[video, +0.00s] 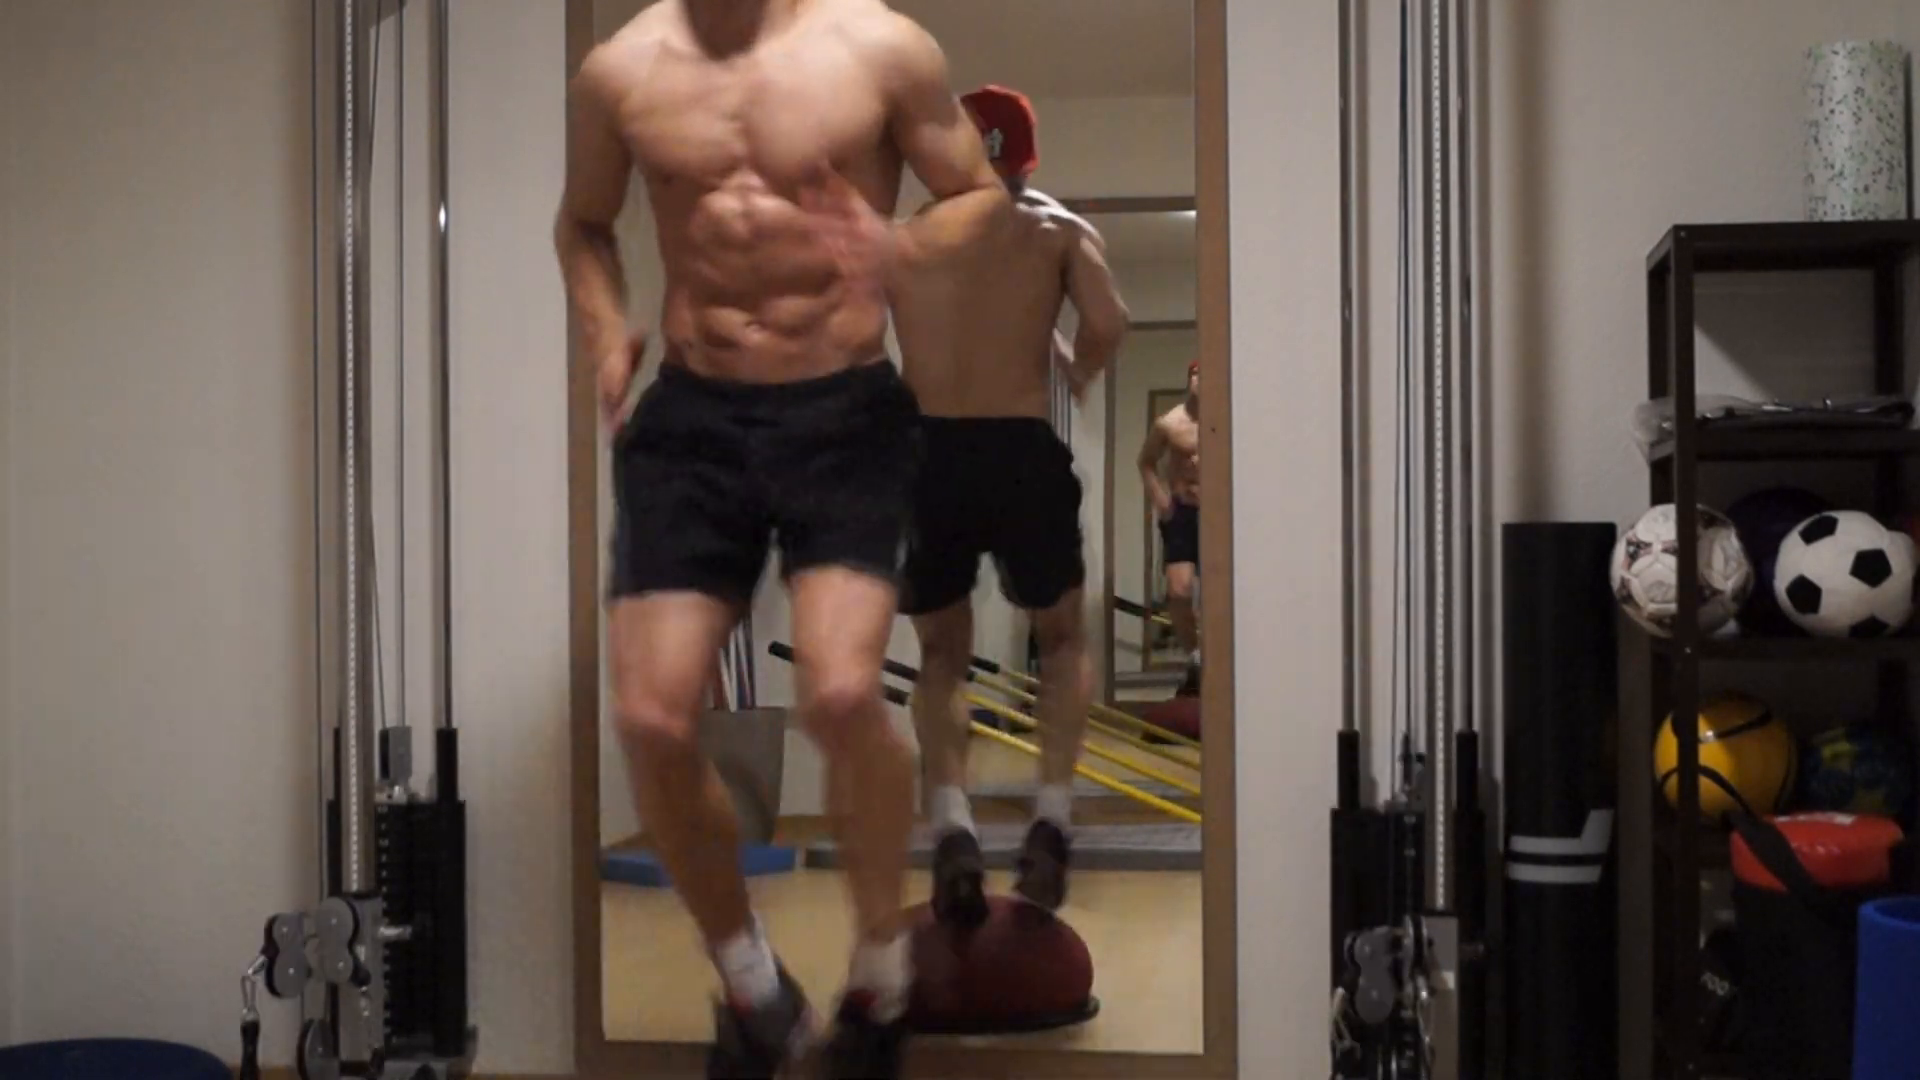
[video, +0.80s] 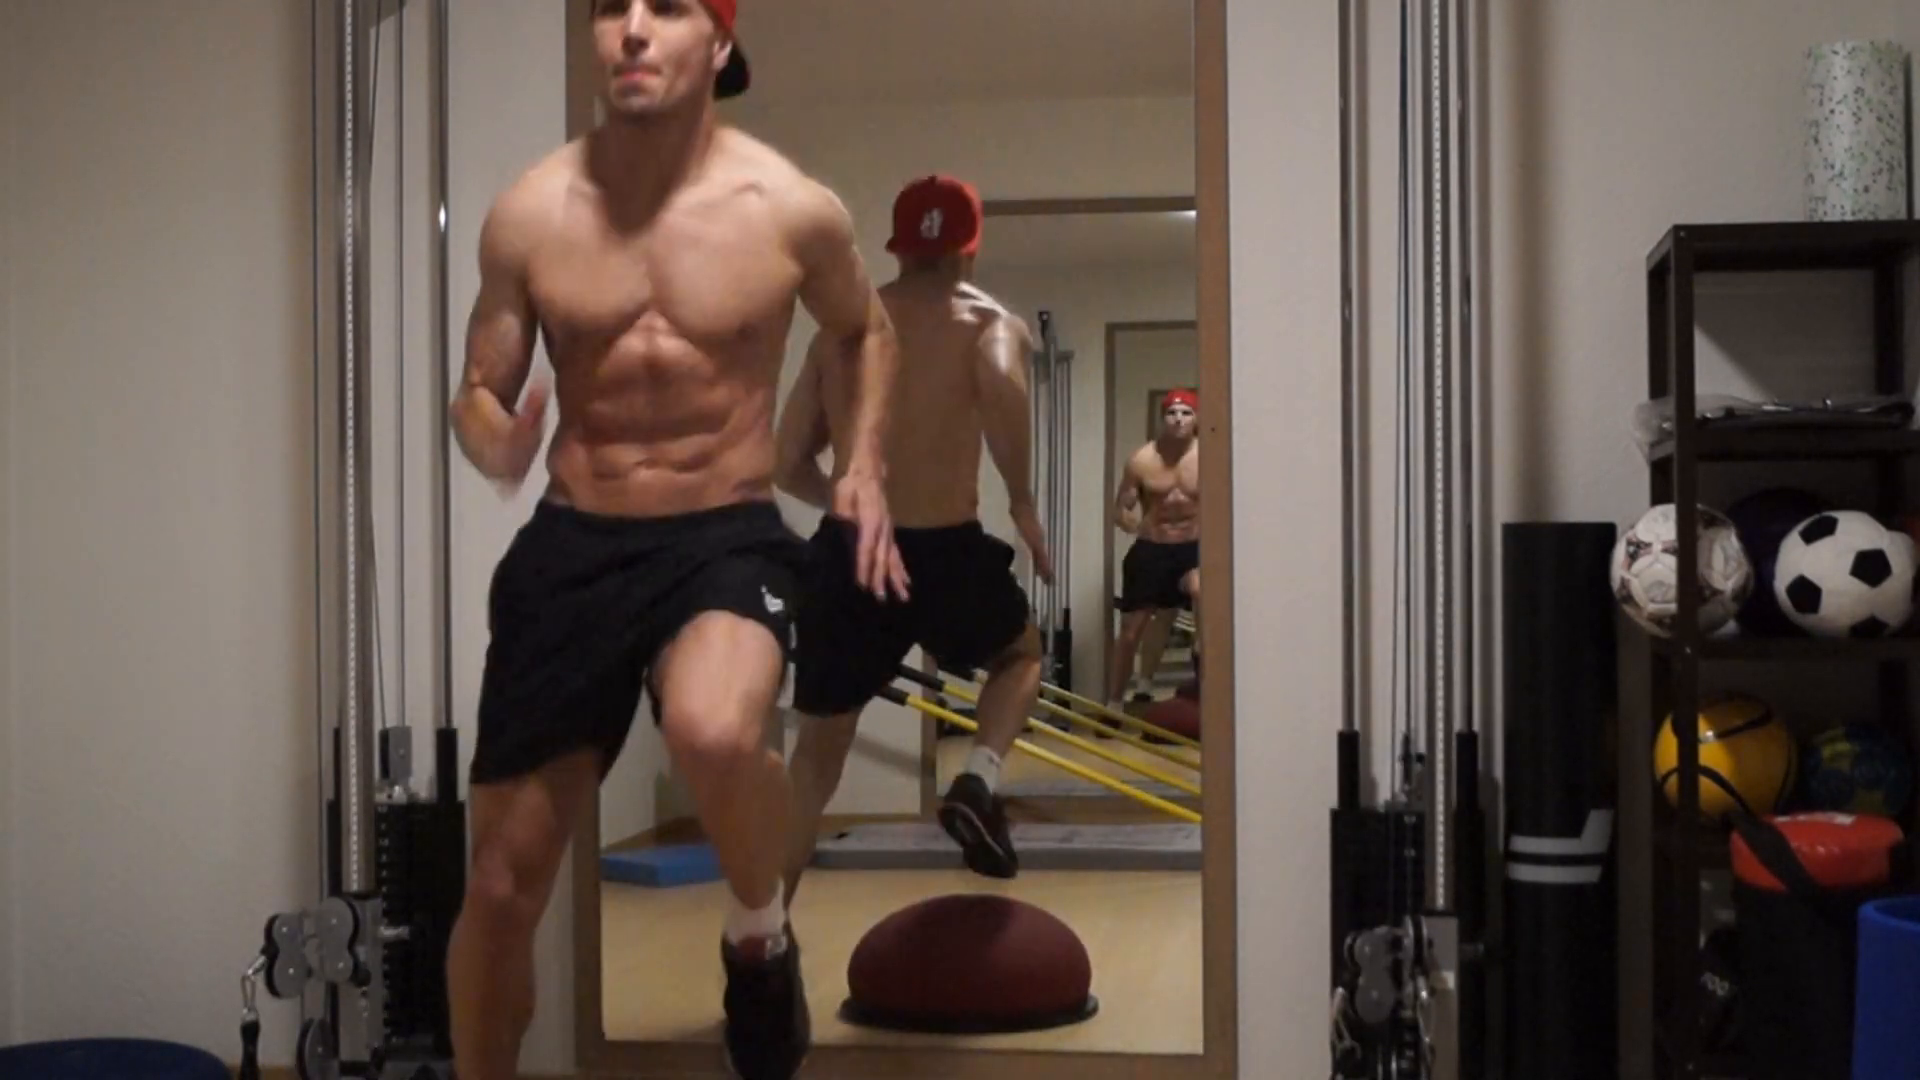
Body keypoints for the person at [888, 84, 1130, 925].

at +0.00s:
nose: (1028, 174)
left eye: (972, 154)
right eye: (1029, 162)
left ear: (958, 158)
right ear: (1029, 162)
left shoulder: (908, 237)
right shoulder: (1060, 231)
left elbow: (881, 330)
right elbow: (1106, 324)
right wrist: (1077, 373)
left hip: (931, 460)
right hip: (1027, 462)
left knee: (941, 654)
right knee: (1060, 640)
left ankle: (950, 825)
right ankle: (1053, 816)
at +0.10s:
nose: (1016, 175)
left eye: (1006, 156)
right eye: (1022, 159)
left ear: (962, 167)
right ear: (1038, 169)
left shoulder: (913, 242)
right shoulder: (1067, 237)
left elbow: (865, 328)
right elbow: (1112, 286)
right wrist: (1114, 395)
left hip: (946, 482)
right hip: (1043, 478)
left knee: (963, 691)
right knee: (1103, 677)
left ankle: (957, 873)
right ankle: (1132, 850)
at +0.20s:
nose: (1016, 196)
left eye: (999, 180)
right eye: (1030, 183)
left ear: (980, 192)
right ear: (1050, 196)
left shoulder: (934, 268)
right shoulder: (1087, 275)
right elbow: (1134, 372)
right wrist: (1114, 444)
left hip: (951, 517)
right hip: (1059, 514)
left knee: (945, 748)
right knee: (1120, 739)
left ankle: (958, 938)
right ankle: (1158, 937)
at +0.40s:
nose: (1021, 223)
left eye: (1002, 205)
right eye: (1031, 209)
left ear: (968, 205)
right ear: (1039, 211)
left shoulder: (925, 278)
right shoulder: (1069, 287)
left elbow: (869, 371)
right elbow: (1126, 395)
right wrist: (1077, 431)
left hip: (942, 504)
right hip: (1041, 506)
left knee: (947, 709)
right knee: (1096, 706)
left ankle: (959, 895)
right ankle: (1130, 876)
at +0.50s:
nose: (1006, 195)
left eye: (973, 182)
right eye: (1012, 186)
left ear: (949, 185)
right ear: (1018, 191)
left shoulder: (896, 264)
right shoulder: (1052, 262)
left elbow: (839, 341)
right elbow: (1091, 325)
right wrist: (1088, 420)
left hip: (912, 480)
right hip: (1010, 479)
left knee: (902, 650)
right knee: (1046, 646)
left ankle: (915, 794)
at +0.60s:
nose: (977, 204)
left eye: (952, 190)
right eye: (988, 190)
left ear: (932, 190)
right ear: (1005, 192)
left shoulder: (892, 262)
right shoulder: (1036, 269)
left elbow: (830, 319)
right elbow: (1077, 371)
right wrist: (1051, 397)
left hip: (897, 482)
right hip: (993, 493)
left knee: (867, 654)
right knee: (1004, 680)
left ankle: (847, 808)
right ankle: (958, 861)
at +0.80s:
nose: (957, 254)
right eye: (967, 242)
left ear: (895, 243)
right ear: (969, 245)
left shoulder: (847, 326)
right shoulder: (994, 321)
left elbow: (789, 462)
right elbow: (996, 385)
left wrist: (855, 501)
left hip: (845, 558)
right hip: (949, 560)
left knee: (818, 741)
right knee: (1019, 652)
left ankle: (774, 917)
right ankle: (980, 776)